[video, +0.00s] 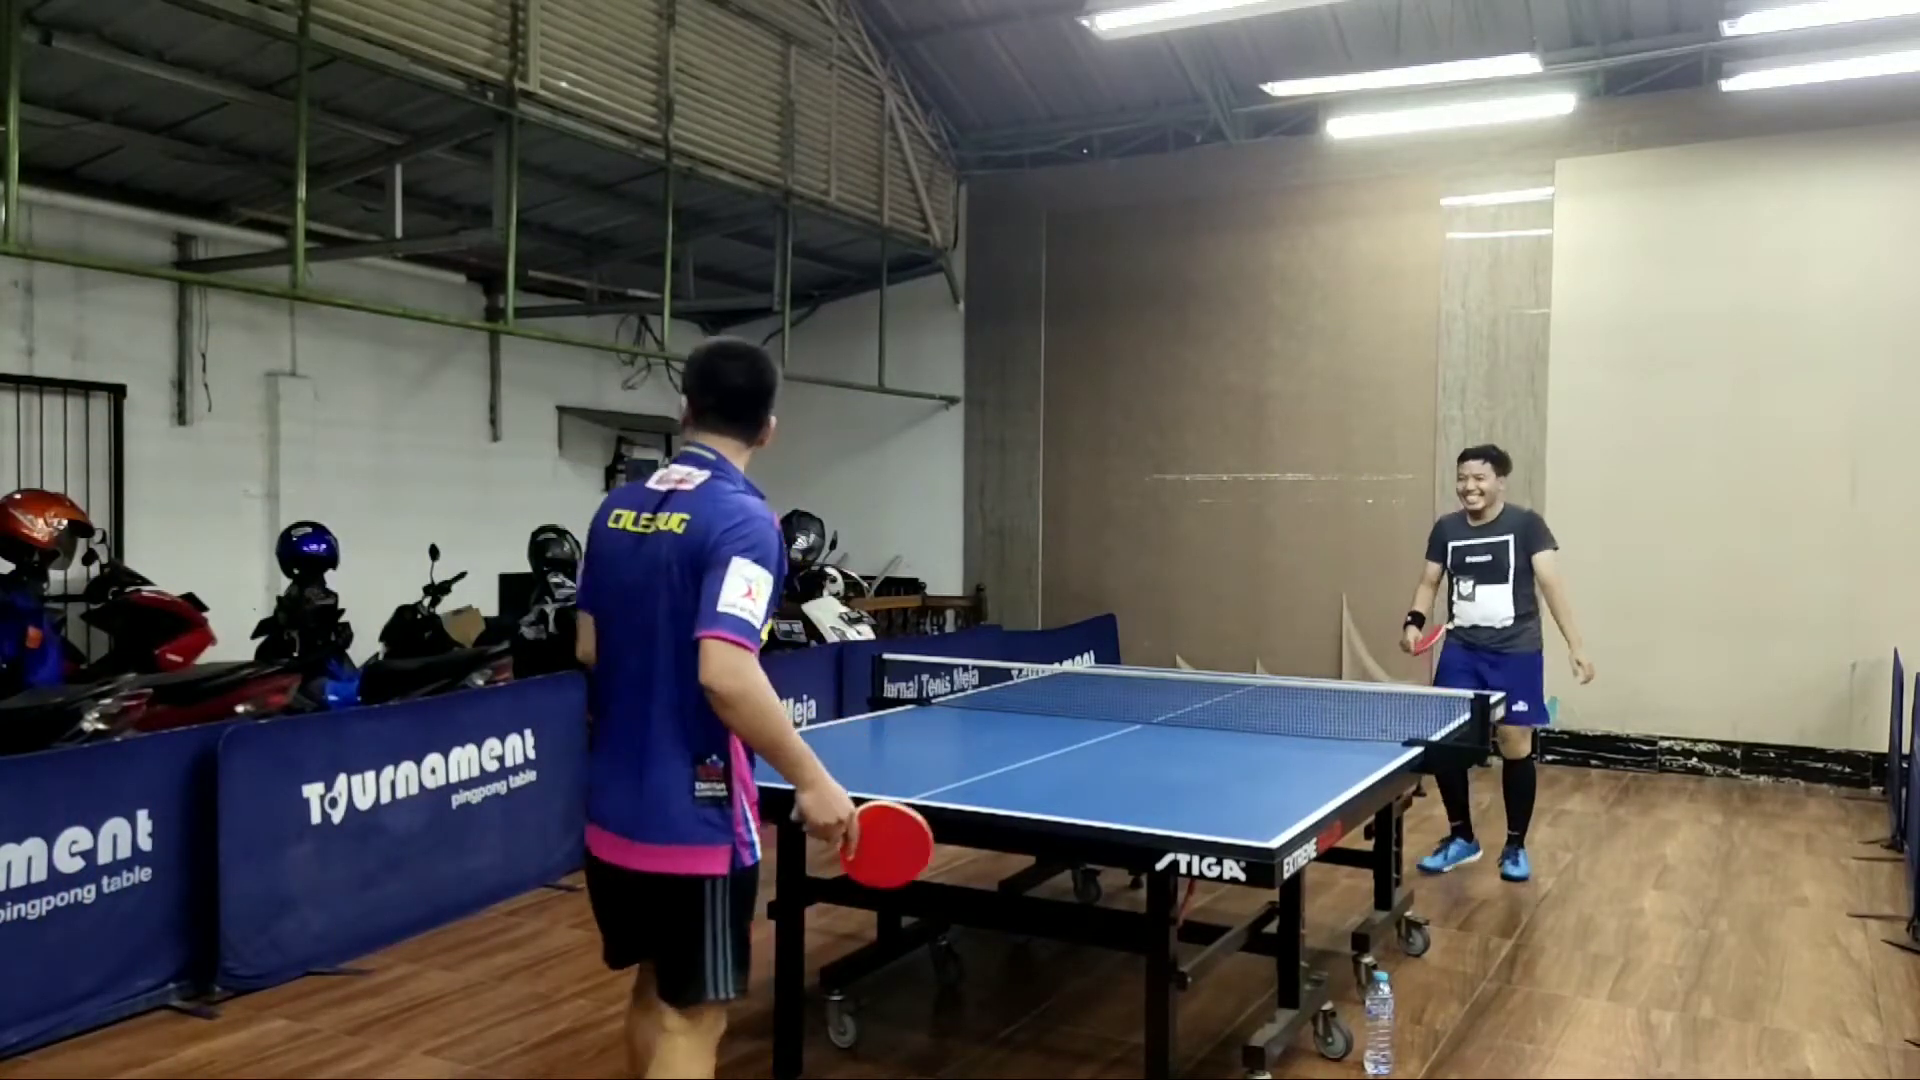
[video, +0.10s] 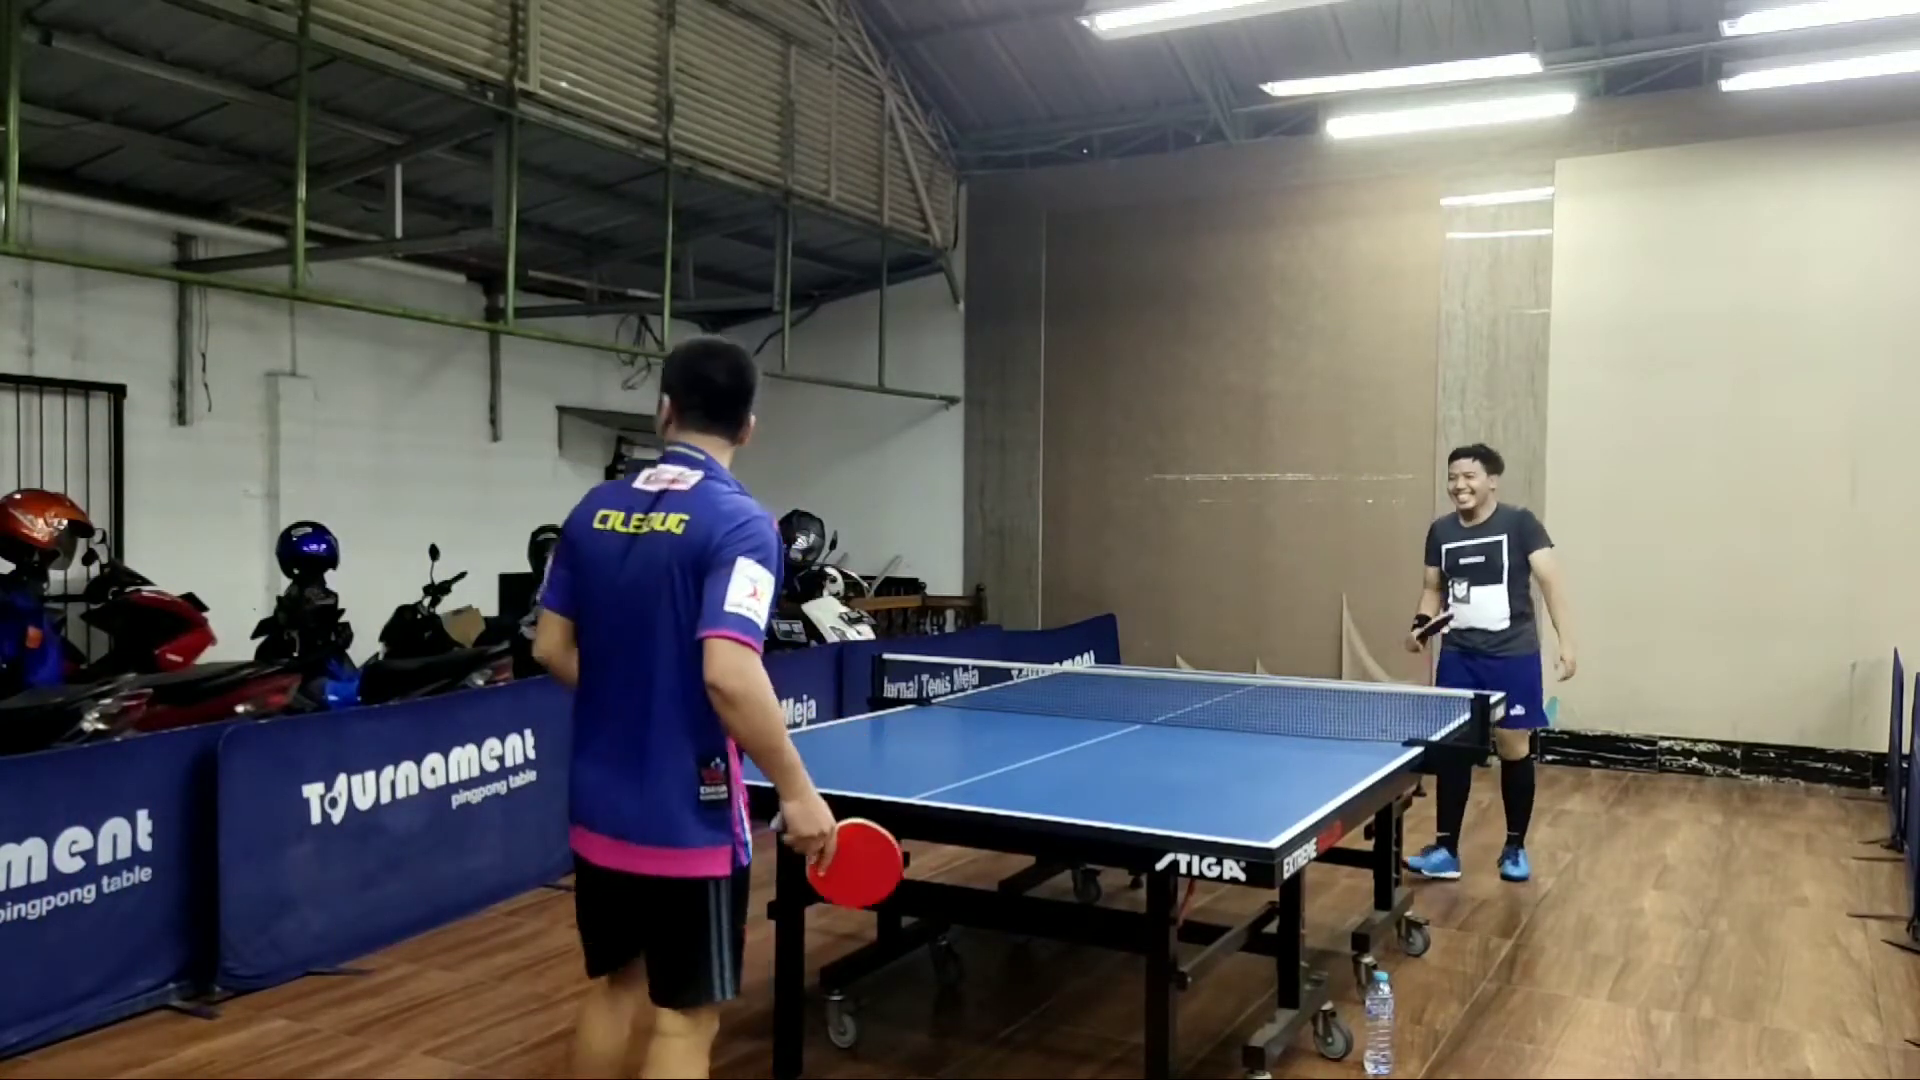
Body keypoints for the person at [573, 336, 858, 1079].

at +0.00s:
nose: (769, 422)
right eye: (771, 412)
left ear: (684, 410)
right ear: (766, 424)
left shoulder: (619, 505)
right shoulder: (744, 517)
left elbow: (591, 646)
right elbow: (726, 671)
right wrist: (813, 779)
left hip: (616, 807)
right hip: (694, 822)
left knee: (653, 986)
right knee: (692, 1019)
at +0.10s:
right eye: (749, 416)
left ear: (663, 413)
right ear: (748, 427)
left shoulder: (596, 506)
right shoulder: (741, 523)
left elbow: (552, 645)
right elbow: (729, 671)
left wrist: (628, 692)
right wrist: (798, 789)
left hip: (598, 809)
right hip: (692, 821)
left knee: (611, 987)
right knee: (684, 1021)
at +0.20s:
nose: (632, 410)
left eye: (634, 401)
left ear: (642, 409)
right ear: (726, 424)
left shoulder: (570, 508)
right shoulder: (730, 522)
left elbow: (525, 650)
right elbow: (725, 673)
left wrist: (606, 685)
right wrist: (785, 791)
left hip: (578, 813)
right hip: (679, 825)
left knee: (568, 966)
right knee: (678, 1015)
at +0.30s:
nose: (608, 410)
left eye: (610, 400)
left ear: (619, 407)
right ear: (702, 422)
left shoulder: (545, 509)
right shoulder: (713, 525)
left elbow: (505, 655)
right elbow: (713, 679)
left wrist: (581, 683)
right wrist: (769, 783)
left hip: (552, 816)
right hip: (659, 829)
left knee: (517, 976)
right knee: (671, 1013)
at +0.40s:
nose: (580, 415)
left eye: (581, 404)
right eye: (585, 405)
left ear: (592, 409)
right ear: (674, 426)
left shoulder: (516, 509)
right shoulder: (684, 528)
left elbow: (478, 655)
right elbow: (690, 685)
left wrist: (558, 679)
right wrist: (749, 778)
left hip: (515, 826)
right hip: (630, 838)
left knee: (466, 1000)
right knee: (669, 1016)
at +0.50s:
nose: (551, 418)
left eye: (553, 407)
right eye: (556, 408)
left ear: (564, 415)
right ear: (643, 434)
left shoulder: (486, 513)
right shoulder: (655, 536)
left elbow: (448, 661)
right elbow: (654, 691)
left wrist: (533, 656)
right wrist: (713, 769)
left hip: (475, 832)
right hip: (599, 843)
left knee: (430, 1020)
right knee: (653, 1022)